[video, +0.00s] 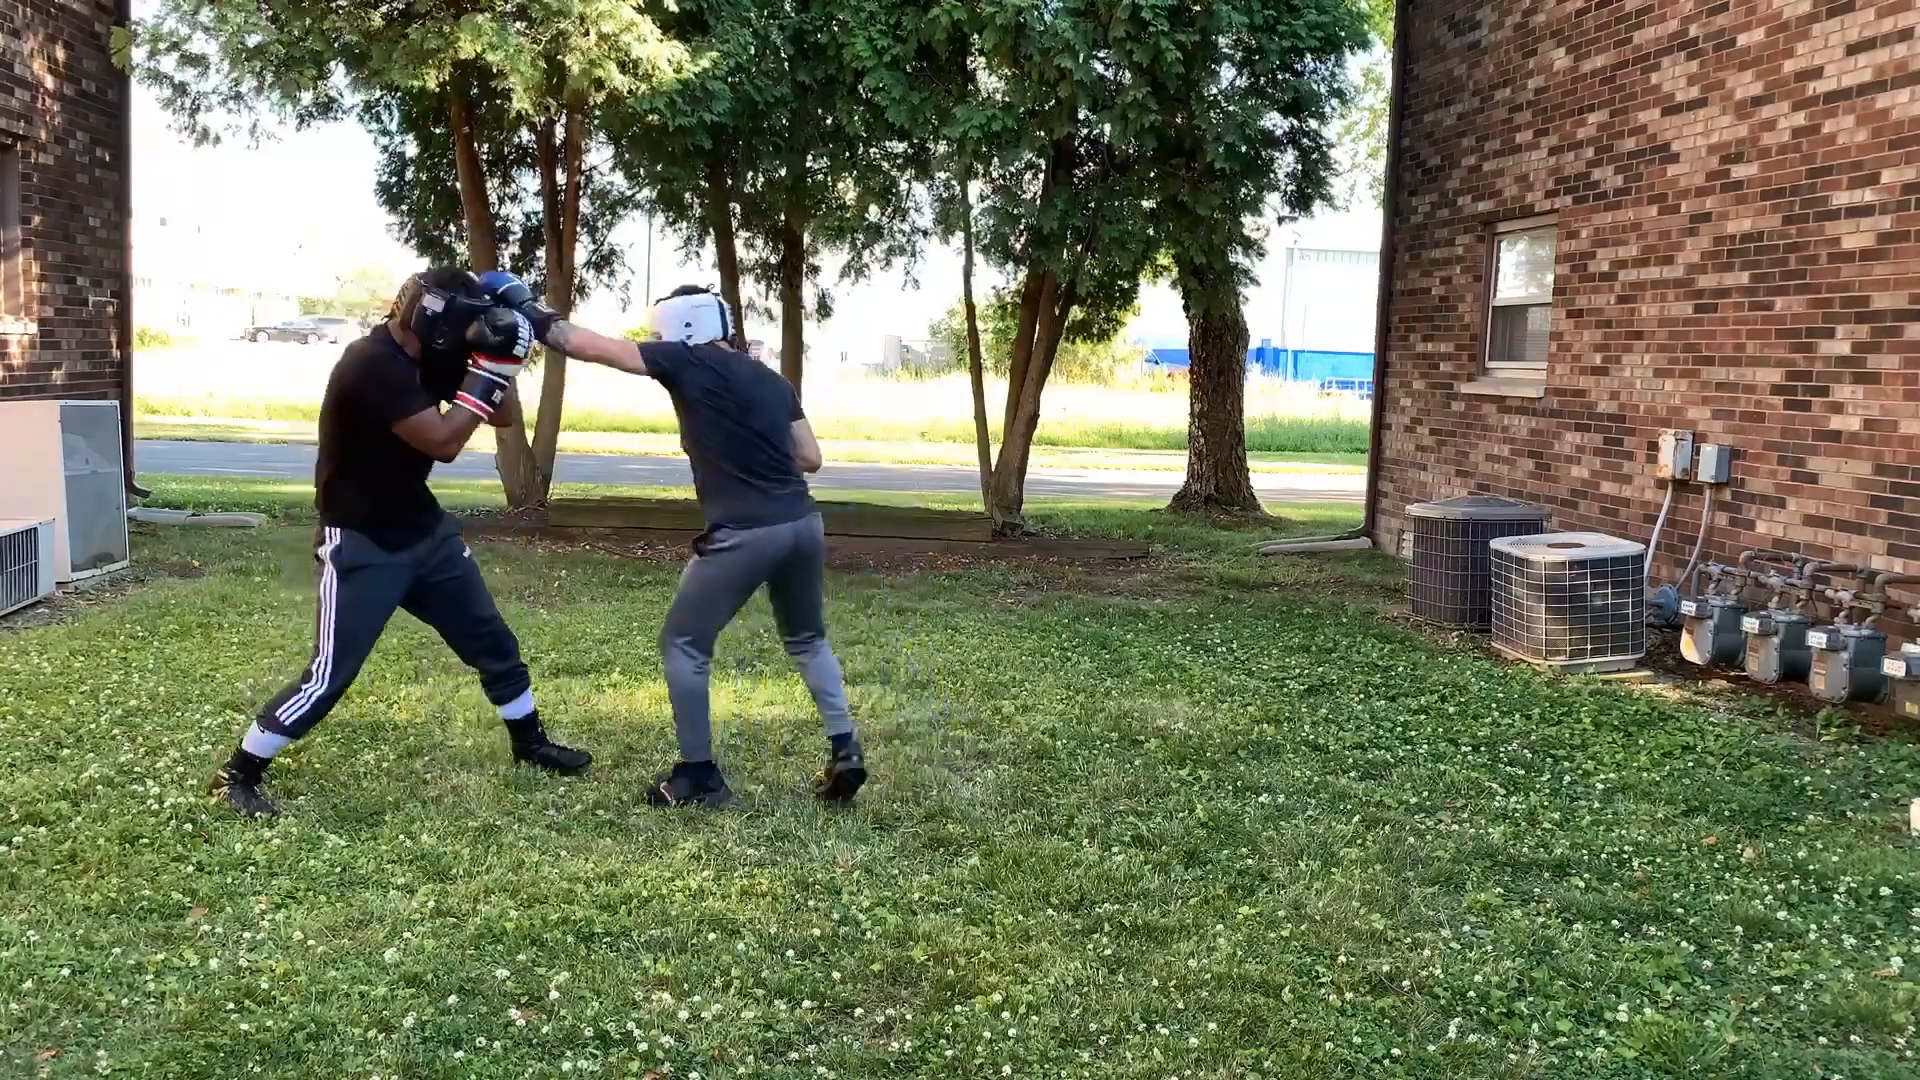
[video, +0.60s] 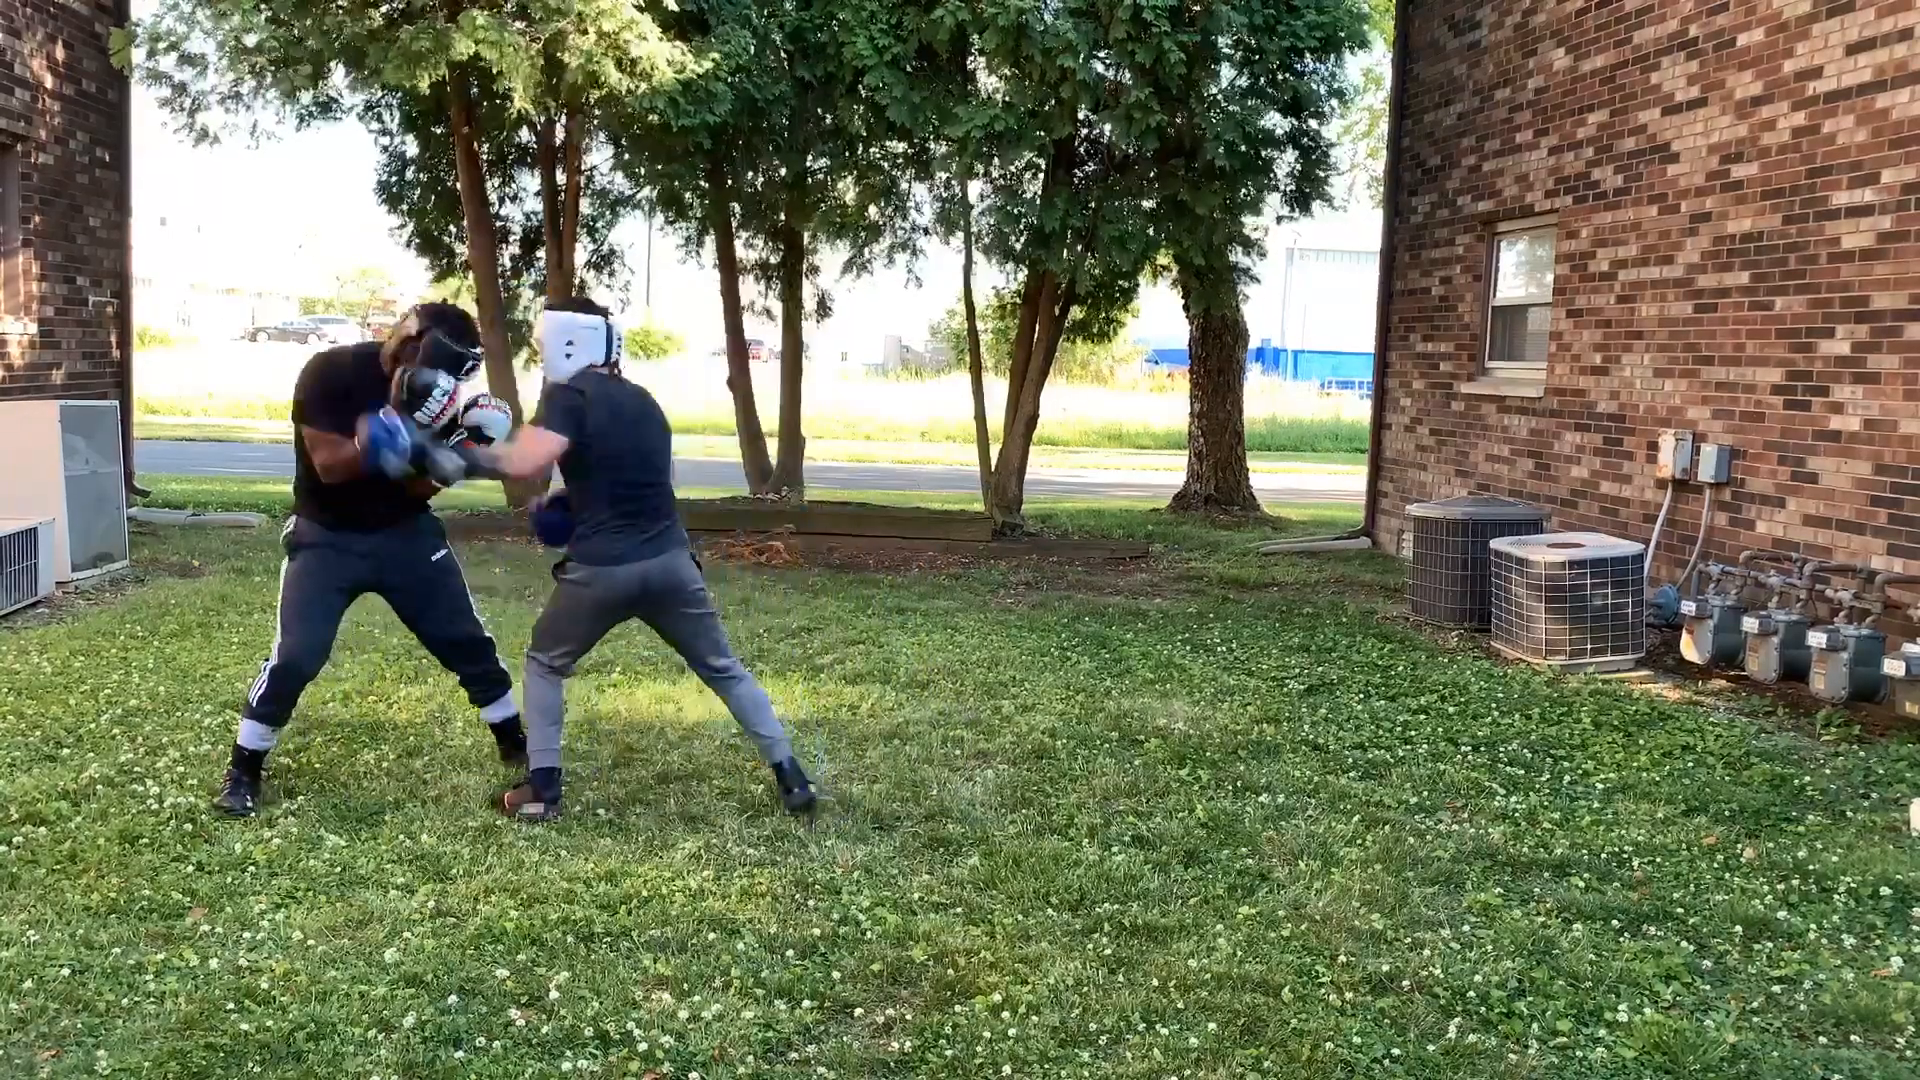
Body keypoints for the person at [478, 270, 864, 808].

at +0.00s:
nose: (661, 341)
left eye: (665, 334)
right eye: (662, 335)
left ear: (685, 332)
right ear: (723, 331)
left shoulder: (684, 358)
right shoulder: (771, 380)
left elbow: (588, 346)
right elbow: (810, 458)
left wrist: (528, 311)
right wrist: (755, 440)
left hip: (741, 536)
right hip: (804, 527)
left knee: (685, 642)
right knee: (809, 639)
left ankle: (698, 771)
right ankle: (846, 748)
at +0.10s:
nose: (652, 362)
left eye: (656, 354)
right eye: (652, 354)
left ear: (678, 353)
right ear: (717, 353)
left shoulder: (682, 376)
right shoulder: (766, 403)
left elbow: (586, 351)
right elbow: (804, 481)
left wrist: (532, 307)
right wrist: (745, 481)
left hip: (720, 548)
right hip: (783, 553)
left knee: (631, 629)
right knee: (782, 673)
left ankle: (639, 767)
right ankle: (825, 793)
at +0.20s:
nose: (641, 396)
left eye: (644, 388)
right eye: (641, 388)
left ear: (659, 385)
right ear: (709, 383)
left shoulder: (663, 406)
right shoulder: (753, 434)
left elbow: (574, 376)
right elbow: (799, 516)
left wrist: (534, 335)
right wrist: (744, 539)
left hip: (696, 577)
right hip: (767, 582)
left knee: (598, 658)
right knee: (781, 688)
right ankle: (821, 801)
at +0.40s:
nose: (571, 393)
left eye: (575, 382)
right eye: (572, 382)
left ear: (597, 381)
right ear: (626, 379)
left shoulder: (630, 420)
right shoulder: (650, 424)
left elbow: (607, 488)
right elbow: (595, 491)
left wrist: (558, 456)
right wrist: (541, 482)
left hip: (679, 586)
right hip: (719, 585)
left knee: (566, 658)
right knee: (721, 708)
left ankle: (538, 792)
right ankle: (816, 792)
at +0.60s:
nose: (541, 357)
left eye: (544, 347)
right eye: (541, 347)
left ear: (563, 349)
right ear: (608, 349)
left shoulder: (569, 395)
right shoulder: (642, 400)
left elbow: (524, 461)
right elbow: (640, 481)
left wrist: (473, 452)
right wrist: (575, 503)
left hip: (600, 572)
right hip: (670, 564)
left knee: (546, 662)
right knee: (724, 668)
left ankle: (543, 789)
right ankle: (790, 774)